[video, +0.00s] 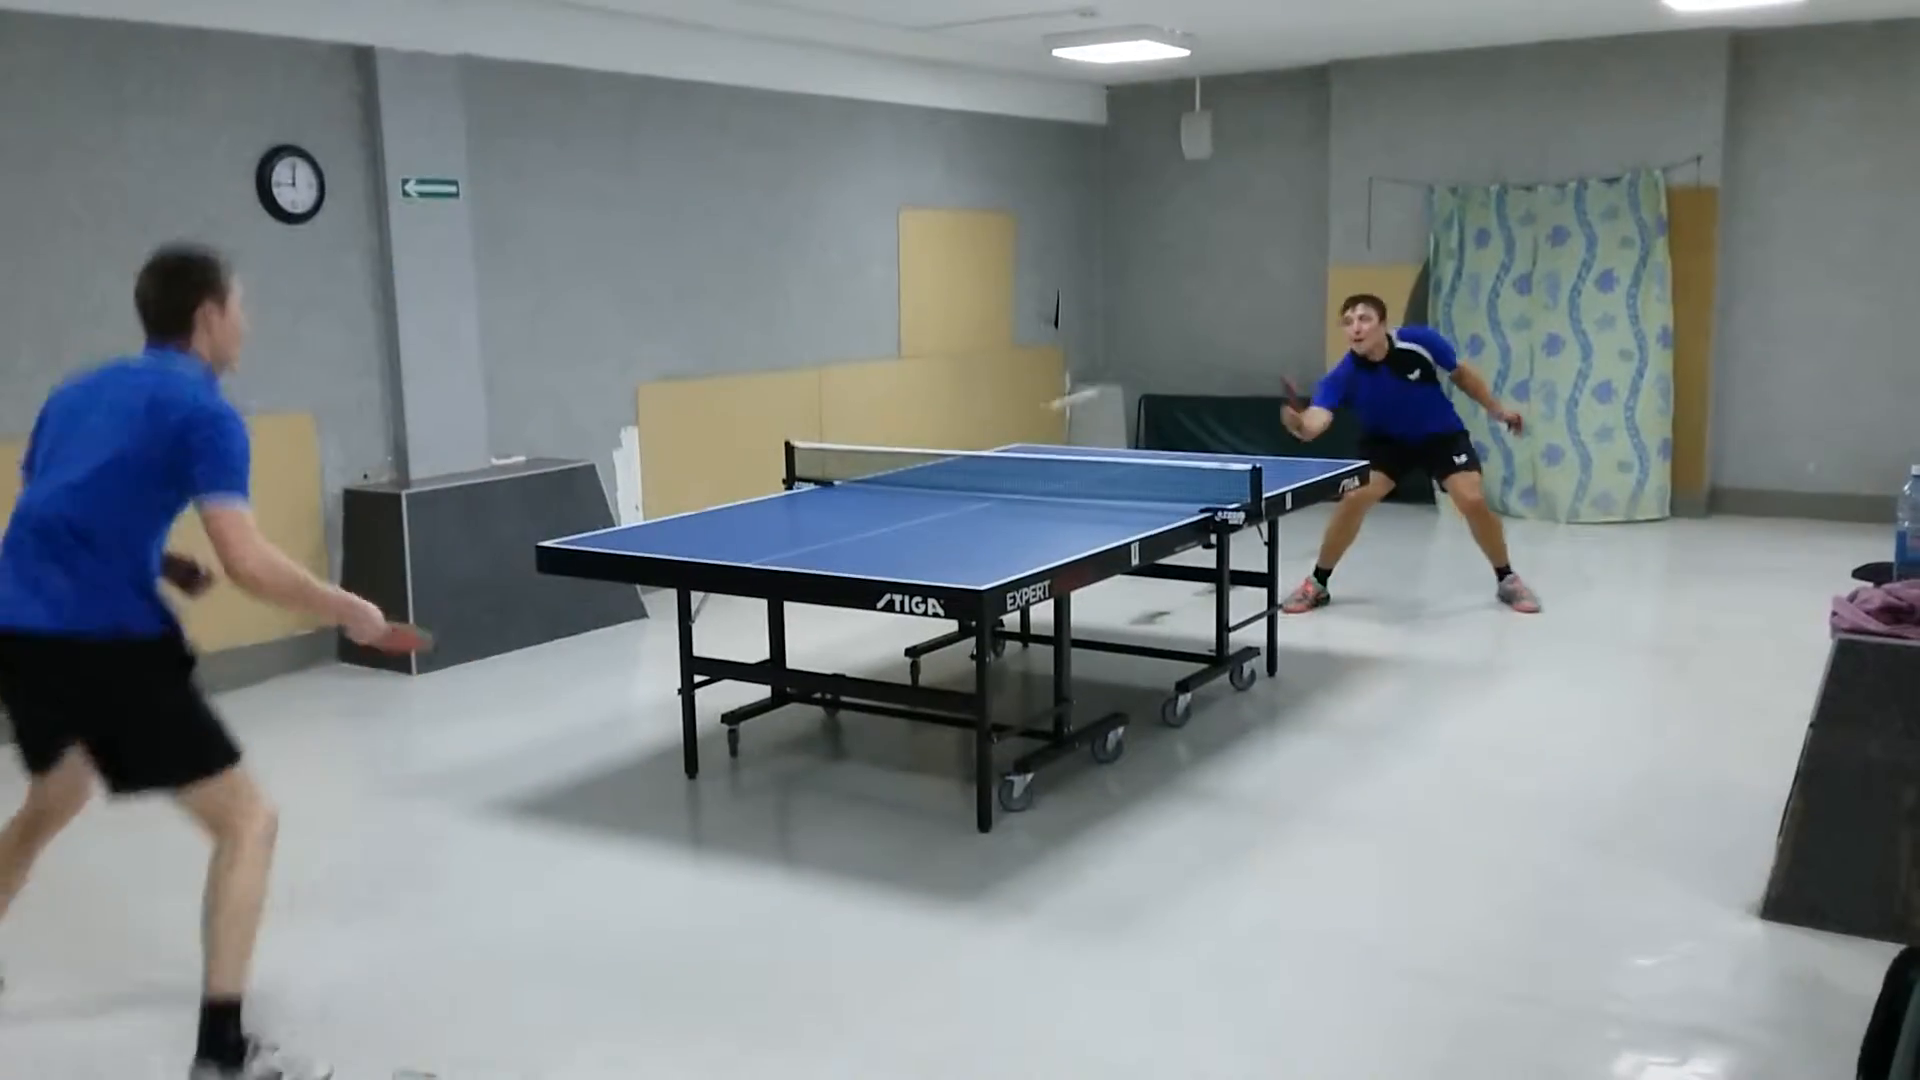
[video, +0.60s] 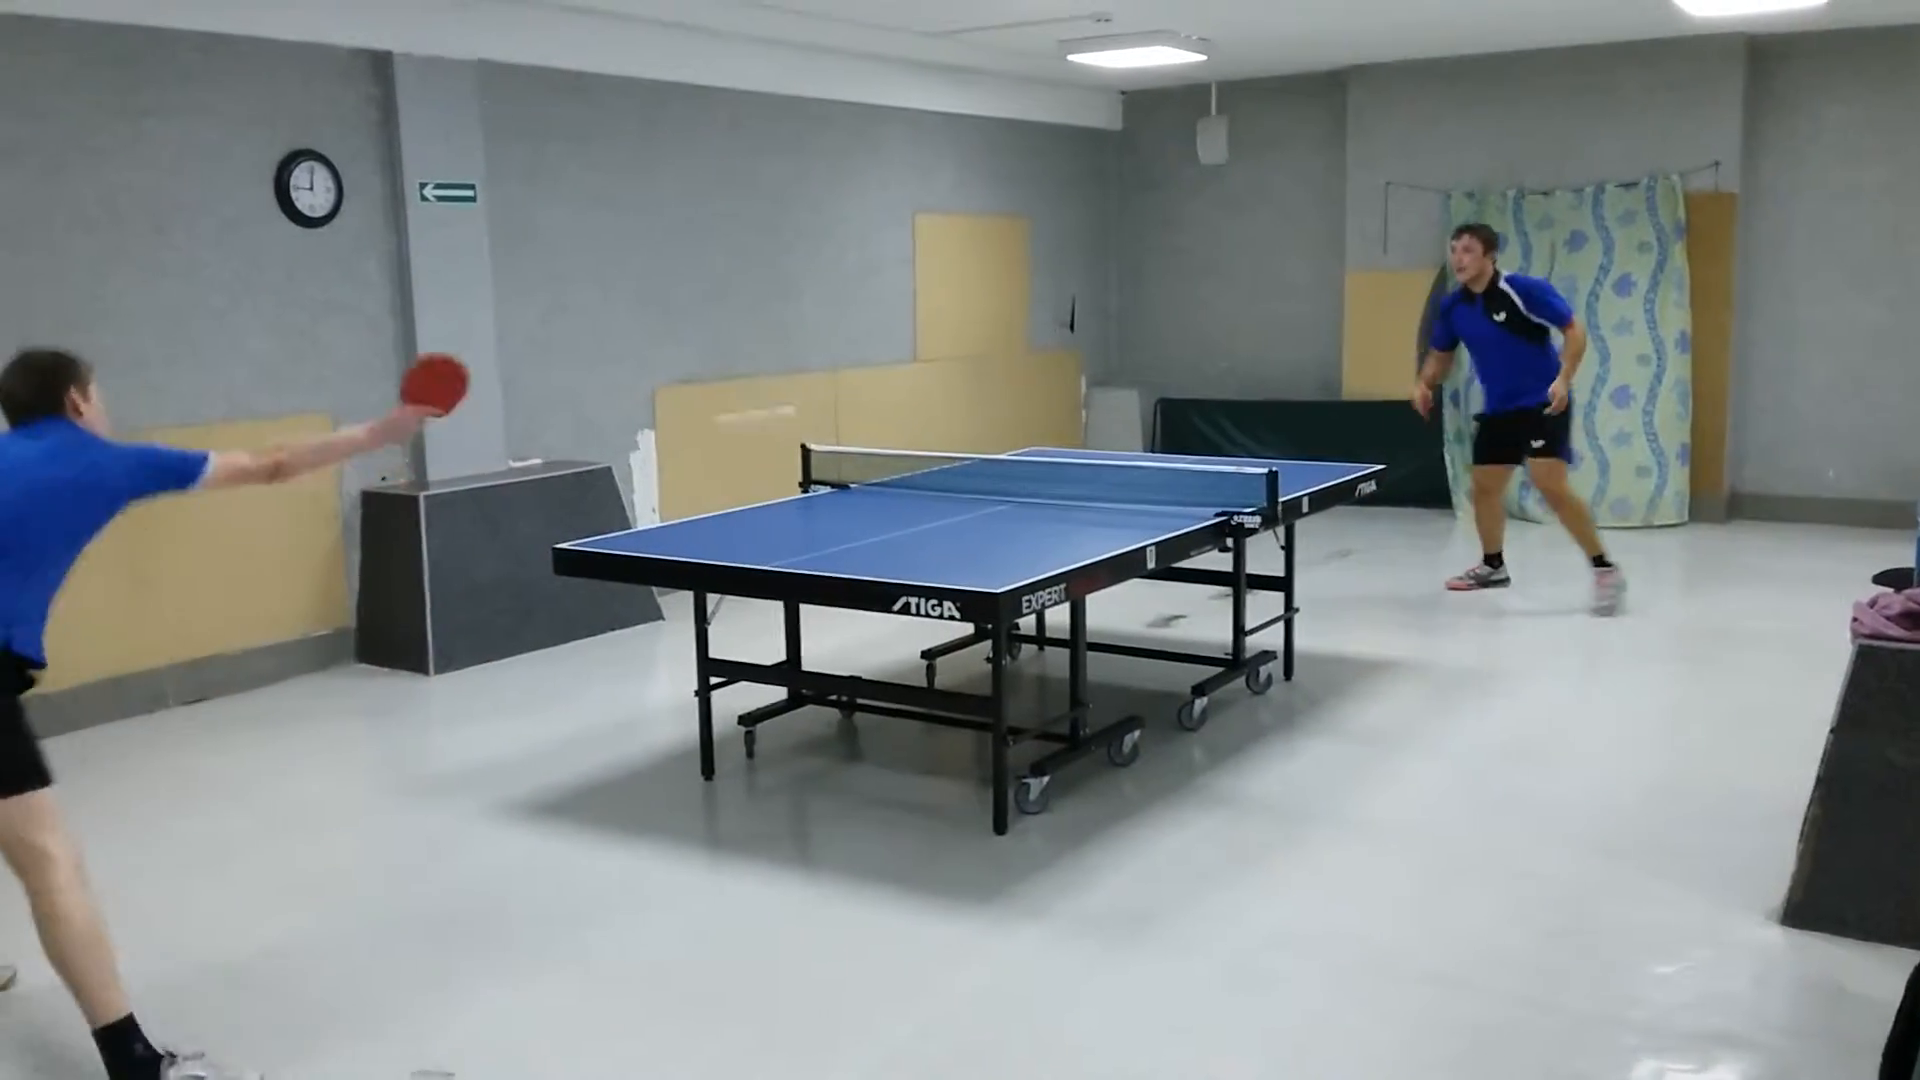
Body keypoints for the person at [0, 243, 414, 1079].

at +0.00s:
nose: (241, 324)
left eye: (236, 307)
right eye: (234, 308)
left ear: (156, 319)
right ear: (206, 316)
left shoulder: (76, 391)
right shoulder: (203, 408)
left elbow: (50, 509)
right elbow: (244, 560)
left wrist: (158, 559)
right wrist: (349, 609)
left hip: (20, 628)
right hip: (108, 638)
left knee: (60, 791)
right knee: (246, 820)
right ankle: (222, 1044)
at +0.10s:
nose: (221, 390)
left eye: (217, 374)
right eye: (215, 375)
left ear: (137, 386)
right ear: (188, 383)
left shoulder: (75, 452)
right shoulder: (183, 475)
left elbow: (62, 567)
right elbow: (251, 623)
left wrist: (166, 608)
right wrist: (343, 643)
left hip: (3, 700)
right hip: (70, 709)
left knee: (47, 818)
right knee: (241, 842)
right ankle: (219, 1058)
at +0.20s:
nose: (187, 422)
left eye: (184, 406)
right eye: (181, 407)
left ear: (104, 418)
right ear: (152, 414)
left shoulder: (36, 478)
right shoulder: (154, 499)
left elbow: (44, 593)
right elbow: (218, 649)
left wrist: (143, 629)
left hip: (1, 713)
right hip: (49, 719)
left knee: (22, 823)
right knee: (223, 851)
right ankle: (216, 1057)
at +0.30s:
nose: (150, 423)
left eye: (146, 407)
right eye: (144, 408)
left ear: (69, 416)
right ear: (115, 413)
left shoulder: (12, 472)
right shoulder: (122, 493)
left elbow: (16, 575)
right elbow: (211, 626)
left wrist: (75, 632)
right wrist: (193, 704)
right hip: (30, 709)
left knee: (14, 807)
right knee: (179, 853)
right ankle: (212, 1061)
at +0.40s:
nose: (123, 417)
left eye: (121, 401)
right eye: (117, 402)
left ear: (44, 410)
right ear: (89, 407)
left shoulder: (7, 462)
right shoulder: (103, 478)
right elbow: (256, 578)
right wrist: (243, 615)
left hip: (10, 695)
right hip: (10, 698)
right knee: (109, 862)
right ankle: (197, 1059)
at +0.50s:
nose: (110, 423)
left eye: (104, 409)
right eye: (103, 409)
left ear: (28, 421)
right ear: (79, 414)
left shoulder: (7, 469)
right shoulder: (102, 481)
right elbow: (268, 513)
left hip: (2, 710)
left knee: (46, 857)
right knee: (55, 858)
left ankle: (146, 1055)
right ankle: (150, 1059)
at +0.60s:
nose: (102, 409)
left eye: (98, 396)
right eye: (96, 396)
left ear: (17, 408)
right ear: (76, 402)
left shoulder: (8, 452)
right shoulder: (91, 461)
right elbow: (265, 465)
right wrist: (379, 432)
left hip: (8, 688)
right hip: (4, 689)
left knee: (40, 854)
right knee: (47, 860)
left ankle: (125, 1048)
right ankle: (130, 1057)